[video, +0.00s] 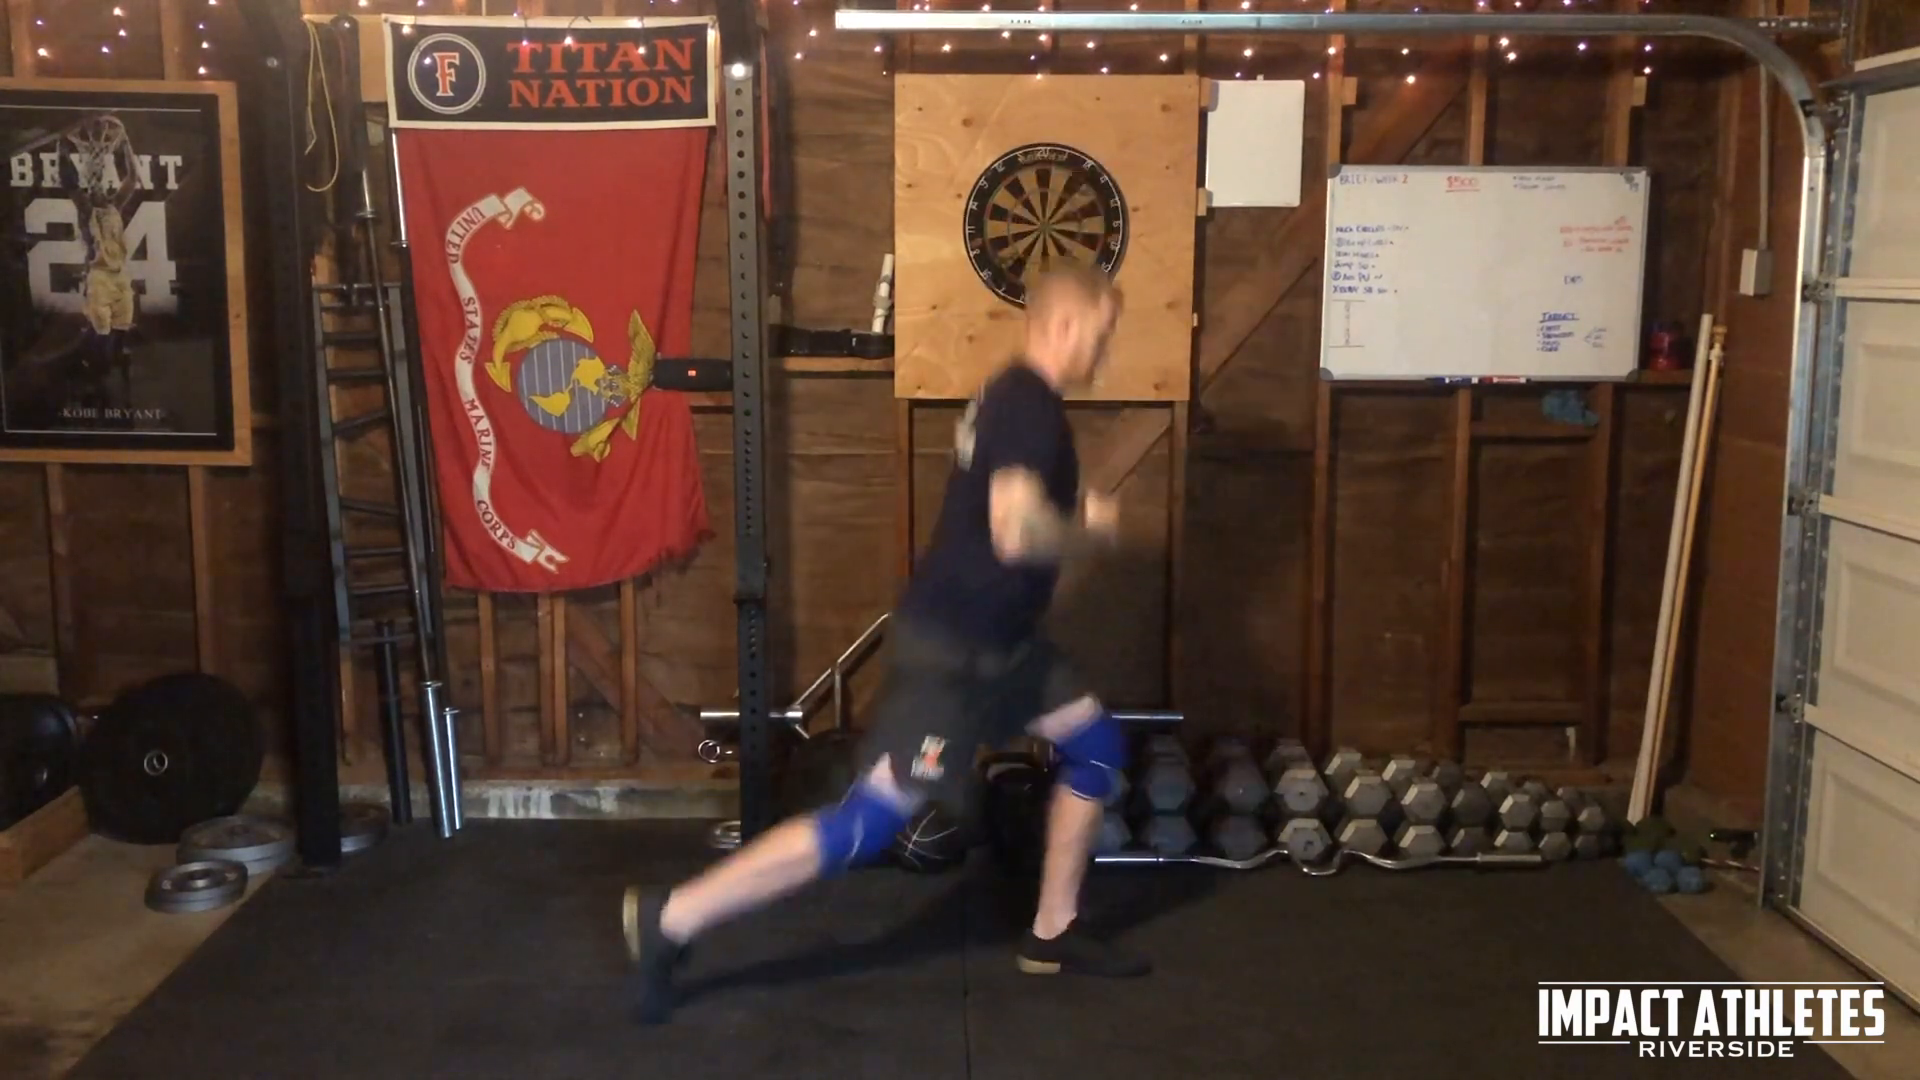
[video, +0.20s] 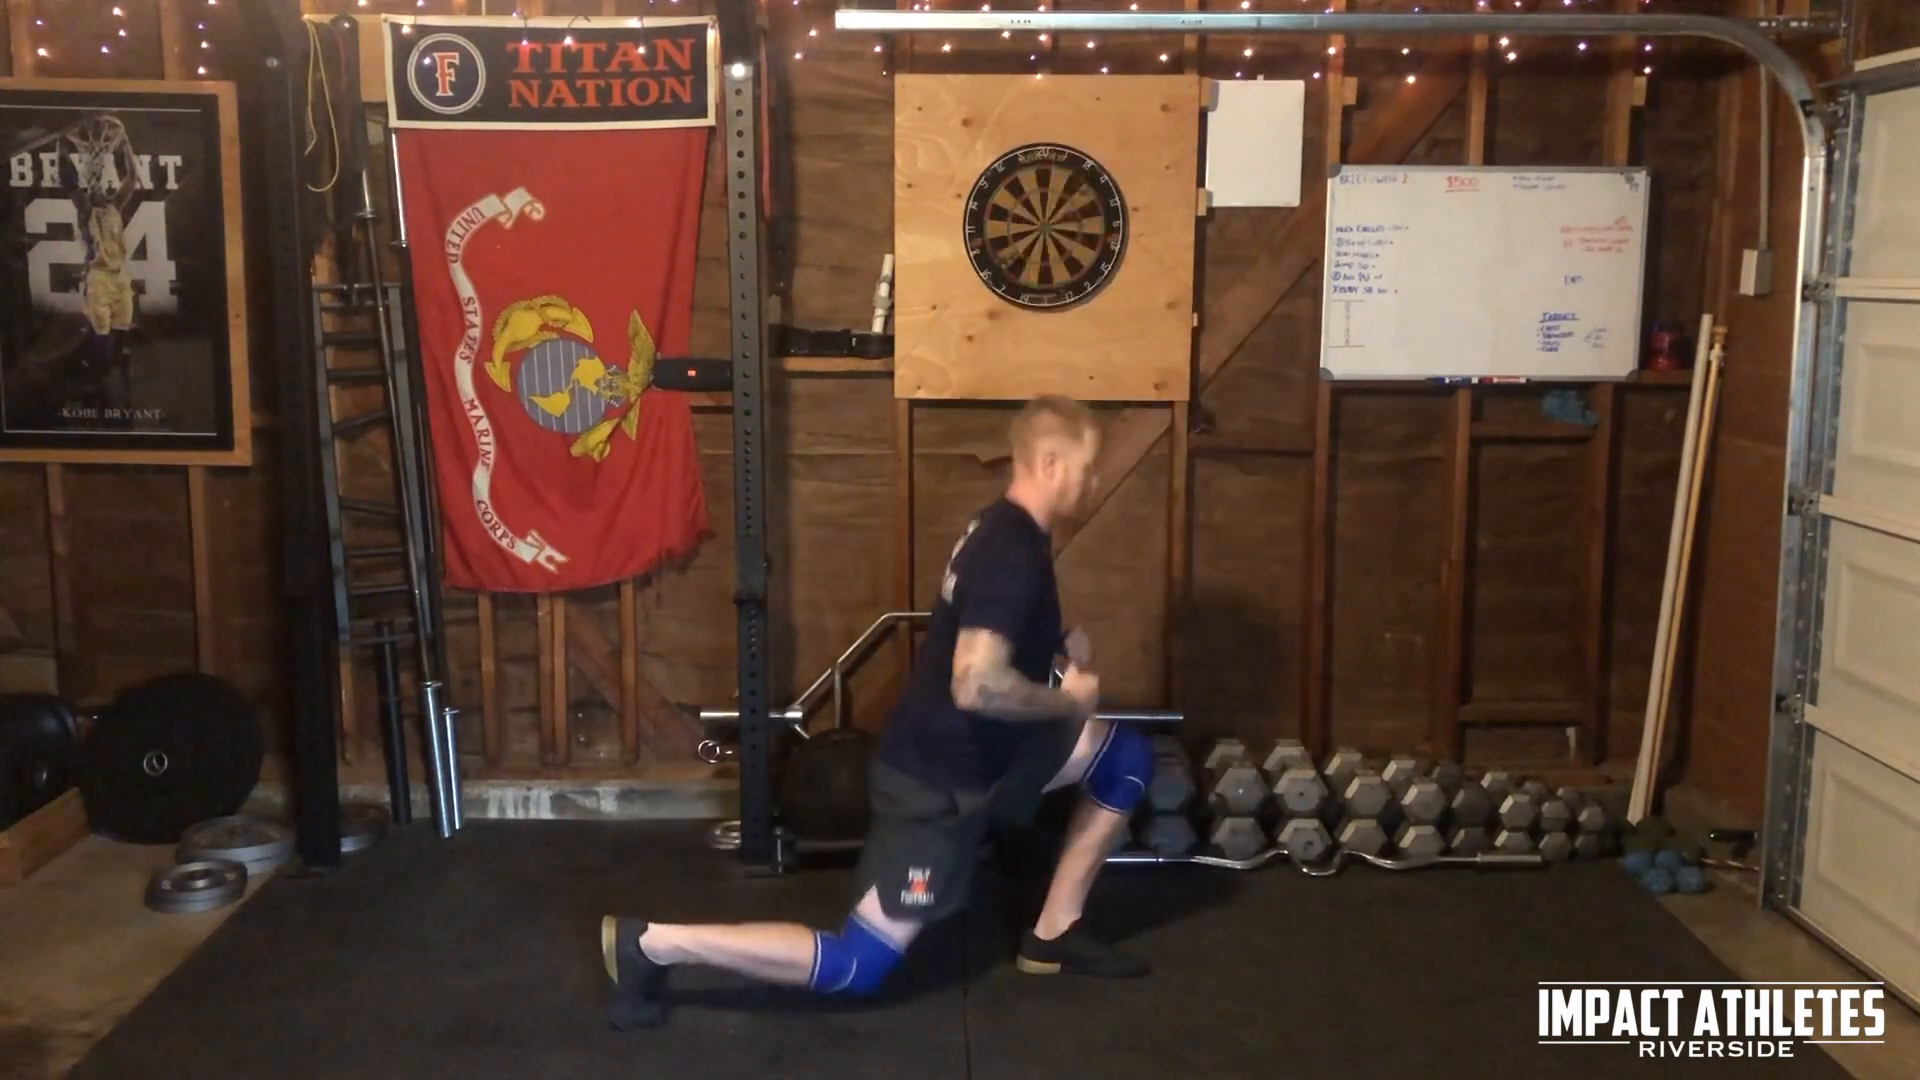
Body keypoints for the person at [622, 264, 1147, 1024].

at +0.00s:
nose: (1105, 348)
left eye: (1108, 331)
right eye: (1099, 331)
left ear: (1057, 325)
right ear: (1059, 325)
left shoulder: (1034, 401)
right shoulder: (1023, 402)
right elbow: (1016, 532)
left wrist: (1071, 517)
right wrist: (1091, 523)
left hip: (1003, 646)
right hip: (948, 648)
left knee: (1095, 747)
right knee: (869, 823)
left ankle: (1054, 932)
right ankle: (669, 918)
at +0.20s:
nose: (1096, 484)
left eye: (1097, 469)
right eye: (1090, 469)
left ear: (1037, 465)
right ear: (1049, 465)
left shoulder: (1017, 530)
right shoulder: (1010, 546)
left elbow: (1005, 639)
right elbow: (976, 685)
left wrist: (1058, 653)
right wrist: (1064, 701)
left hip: (989, 750)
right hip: (935, 773)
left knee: (1127, 761)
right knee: (857, 964)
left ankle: (1055, 933)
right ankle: (647, 944)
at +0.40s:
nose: (1078, 478)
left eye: (1078, 463)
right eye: (1070, 463)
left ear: (1021, 466)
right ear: (1030, 466)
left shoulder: (1012, 540)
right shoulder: (1000, 550)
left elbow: (1000, 648)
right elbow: (976, 682)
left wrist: (1060, 649)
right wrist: (1071, 681)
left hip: (988, 749)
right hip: (933, 777)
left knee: (1126, 762)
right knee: (850, 966)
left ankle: (1054, 932)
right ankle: (639, 941)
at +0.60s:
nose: (1082, 326)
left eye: (1085, 308)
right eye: (1075, 308)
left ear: (1046, 305)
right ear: (1034, 303)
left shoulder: (1024, 388)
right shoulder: (1011, 386)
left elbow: (1034, 502)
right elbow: (1023, 505)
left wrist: (1077, 482)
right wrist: (1084, 481)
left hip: (1008, 631)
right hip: (946, 630)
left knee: (1089, 742)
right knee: (874, 801)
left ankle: (1057, 927)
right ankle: (685, 925)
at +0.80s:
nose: (1102, 226)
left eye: (1106, 210)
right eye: (1099, 207)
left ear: (1041, 195)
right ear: (1055, 195)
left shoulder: (1014, 265)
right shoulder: (1021, 266)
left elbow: (991, 372)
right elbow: (987, 377)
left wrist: (1058, 375)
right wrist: (1076, 391)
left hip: (962, 514)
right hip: (955, 519)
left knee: (961, 698)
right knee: (978, 709)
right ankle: (881, 903)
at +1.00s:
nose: (1101, 308)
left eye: (1104, 292)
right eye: (1096, 290)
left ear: (1044, 283)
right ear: (1055, 283)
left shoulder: (1024, 359)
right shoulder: (1013, 356)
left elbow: (995, 465)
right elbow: (974, 462)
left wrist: (1072, 470)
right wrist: (1073, 476)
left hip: (933, 594)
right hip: (957, 602)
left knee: (887, 770)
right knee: (1079, 760)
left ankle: (717, 865)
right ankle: (1068, 971)